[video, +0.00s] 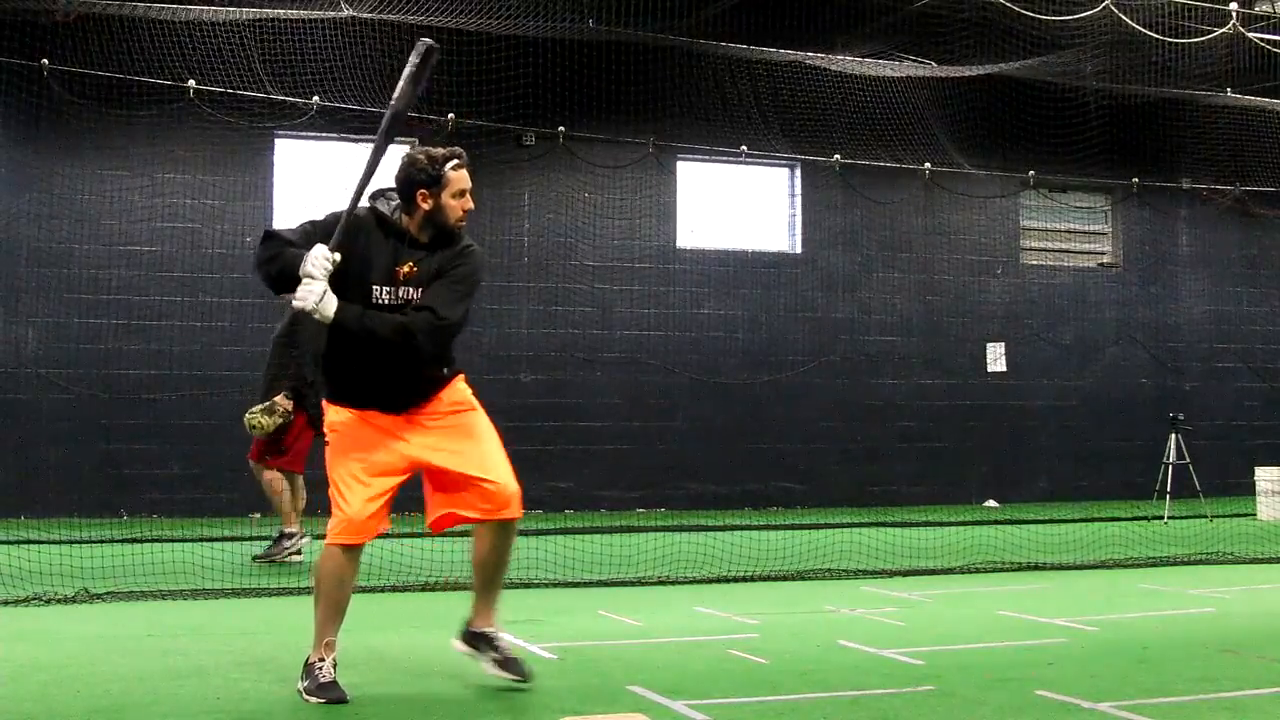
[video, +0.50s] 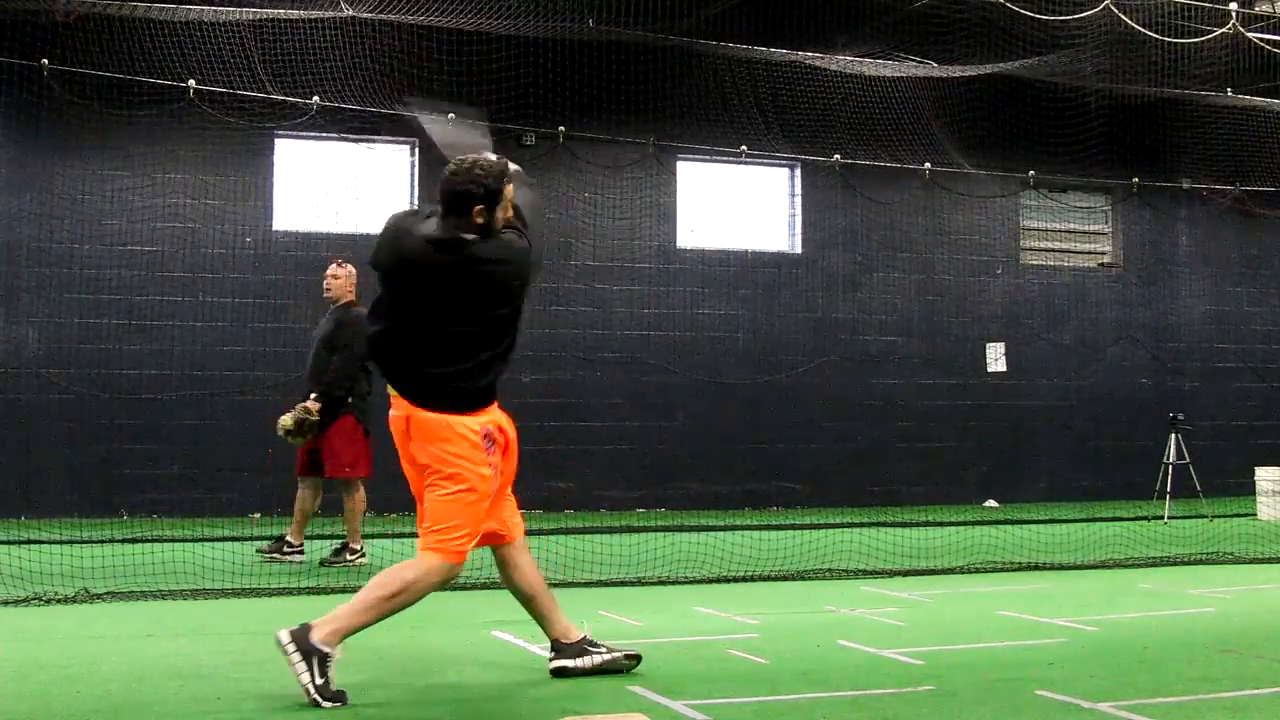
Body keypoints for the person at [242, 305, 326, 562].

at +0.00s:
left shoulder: (307, 314)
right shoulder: (306, 311)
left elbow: (306, 356)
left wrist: (288, 392)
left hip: (296, 399)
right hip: (306, 398)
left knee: (261, 461)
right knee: (291, 469)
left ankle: (290, 531)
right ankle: (294, 538)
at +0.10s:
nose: (288, 281)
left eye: (295, 277)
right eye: (290, 276)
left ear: (311, 284)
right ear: (307, 286)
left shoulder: (314, 315)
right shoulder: (307, 314)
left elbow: (304, 362)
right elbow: (300, 362)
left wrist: (285, 396)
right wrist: (275, 397)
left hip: (301, 406)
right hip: (298, 405)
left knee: (281, 468)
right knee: (289, 472)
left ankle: (321, 527)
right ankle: (289, 541)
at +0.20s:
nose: (296, 281)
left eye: (303, 277)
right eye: (298, 276)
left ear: (322, 283)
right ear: (314, 284)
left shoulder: (321, 316)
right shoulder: (310, 316)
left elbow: (307, 365)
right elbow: (295, 364)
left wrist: (284, 400)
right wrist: (274, 401)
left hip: (309, 409)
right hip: (296, 408)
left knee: (307, 475)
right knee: (293, 475)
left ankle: (342, 537)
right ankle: (289, 543)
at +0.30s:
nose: (306, 280)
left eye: (312, 275)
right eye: (307, 276)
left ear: (330, 282)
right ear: (325, 283)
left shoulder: (331, 316)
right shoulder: (318, 317)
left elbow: (315, 365)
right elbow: (298, 364)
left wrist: (290, 397)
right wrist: (281, 398)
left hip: (321, 408)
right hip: (302, 407)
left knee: (326, 477)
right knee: (297, 476)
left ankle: (349, 543)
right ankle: (289, 544)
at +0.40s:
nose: (314, 281)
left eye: (321, 276)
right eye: (316, 276)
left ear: (339, 284)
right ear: (332, 285)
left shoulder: (343, 317)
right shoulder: (327, 318)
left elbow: (327, 364)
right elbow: (308, 367)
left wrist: (300, 397)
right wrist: (290, 404)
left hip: (333, 408)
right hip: (311, 409)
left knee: (339, 478)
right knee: (303, 478)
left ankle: (353, 546)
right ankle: (289, 544)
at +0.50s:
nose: (326, 282)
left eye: (333, 277)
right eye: (325, 278)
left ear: (350, 283)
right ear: (327, 284)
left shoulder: (355, 318)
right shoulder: (333, 318)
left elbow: (347, 366)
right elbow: (325, 364)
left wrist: (320, 398)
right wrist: (311, 398)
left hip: (347, 409)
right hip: (323, 406)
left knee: (350, 478)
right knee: (308, 475)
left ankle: (354, 546)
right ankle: (294, 541)